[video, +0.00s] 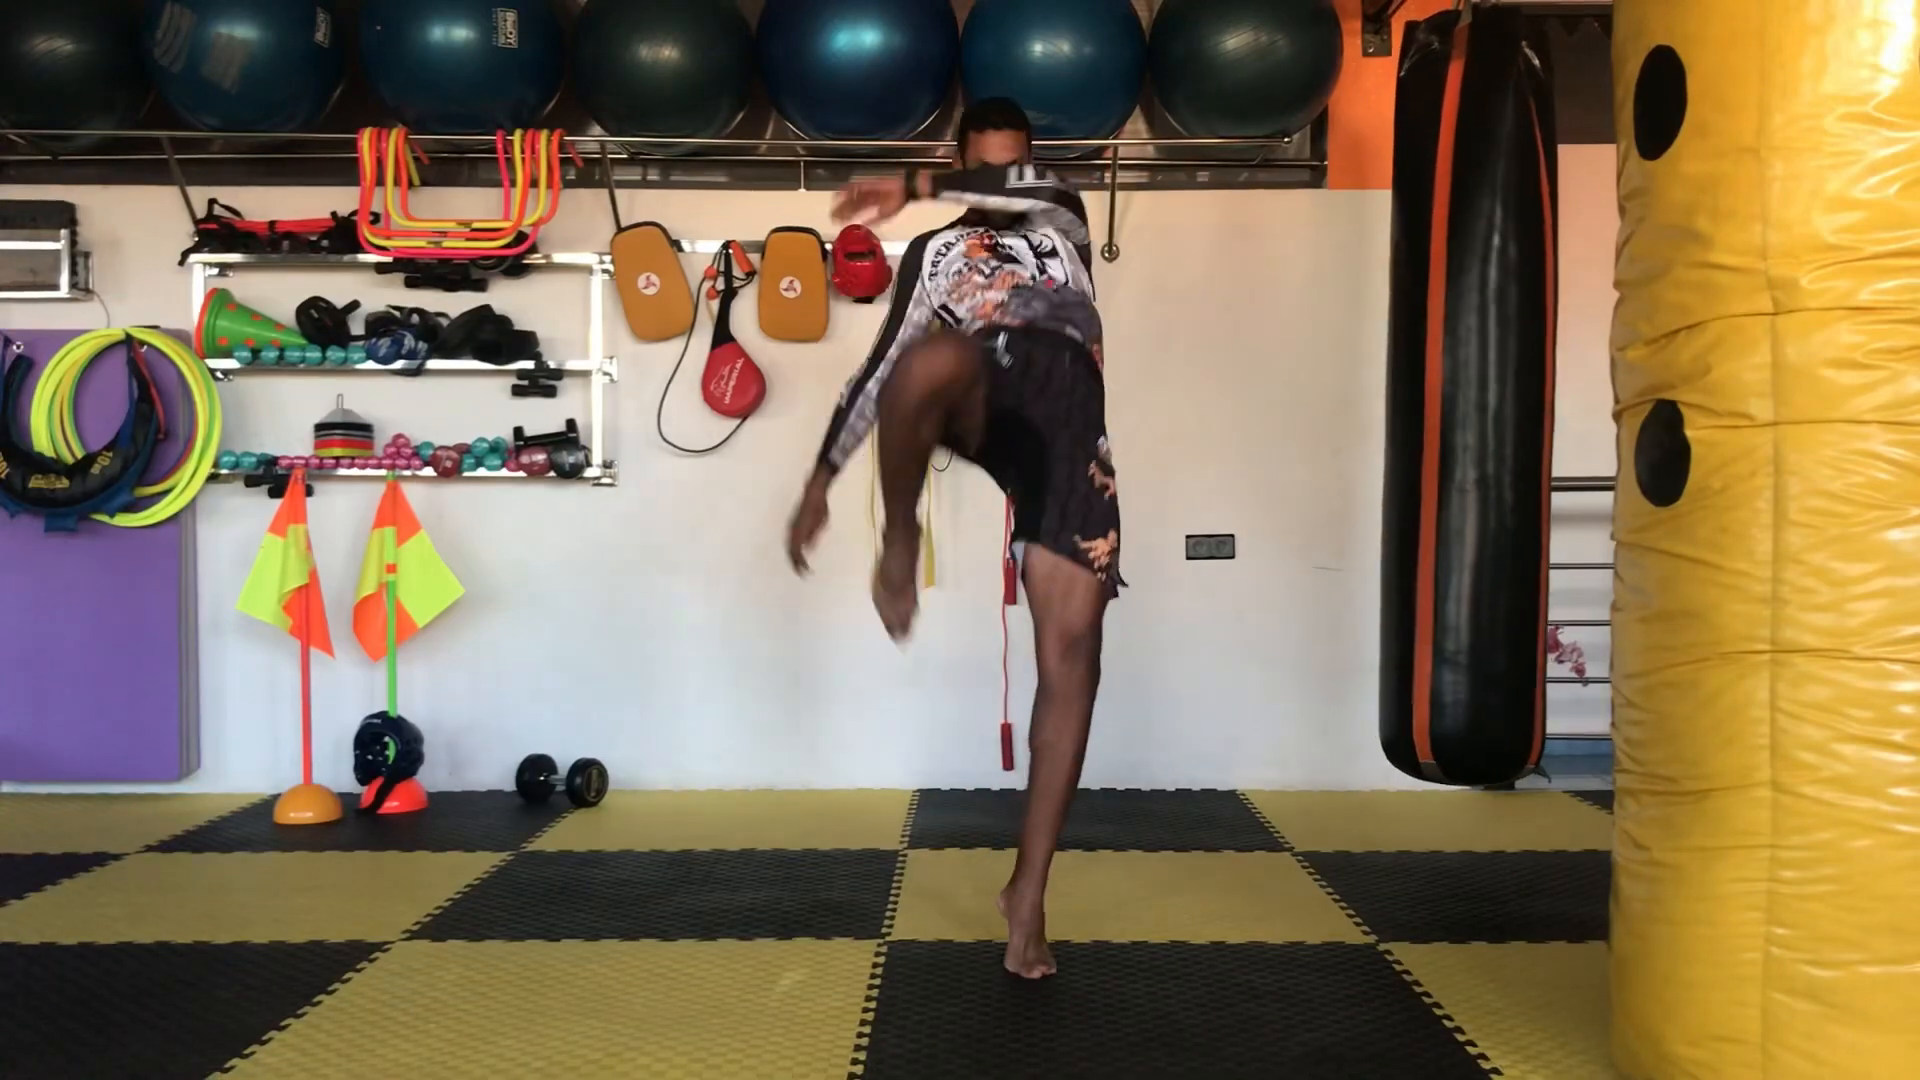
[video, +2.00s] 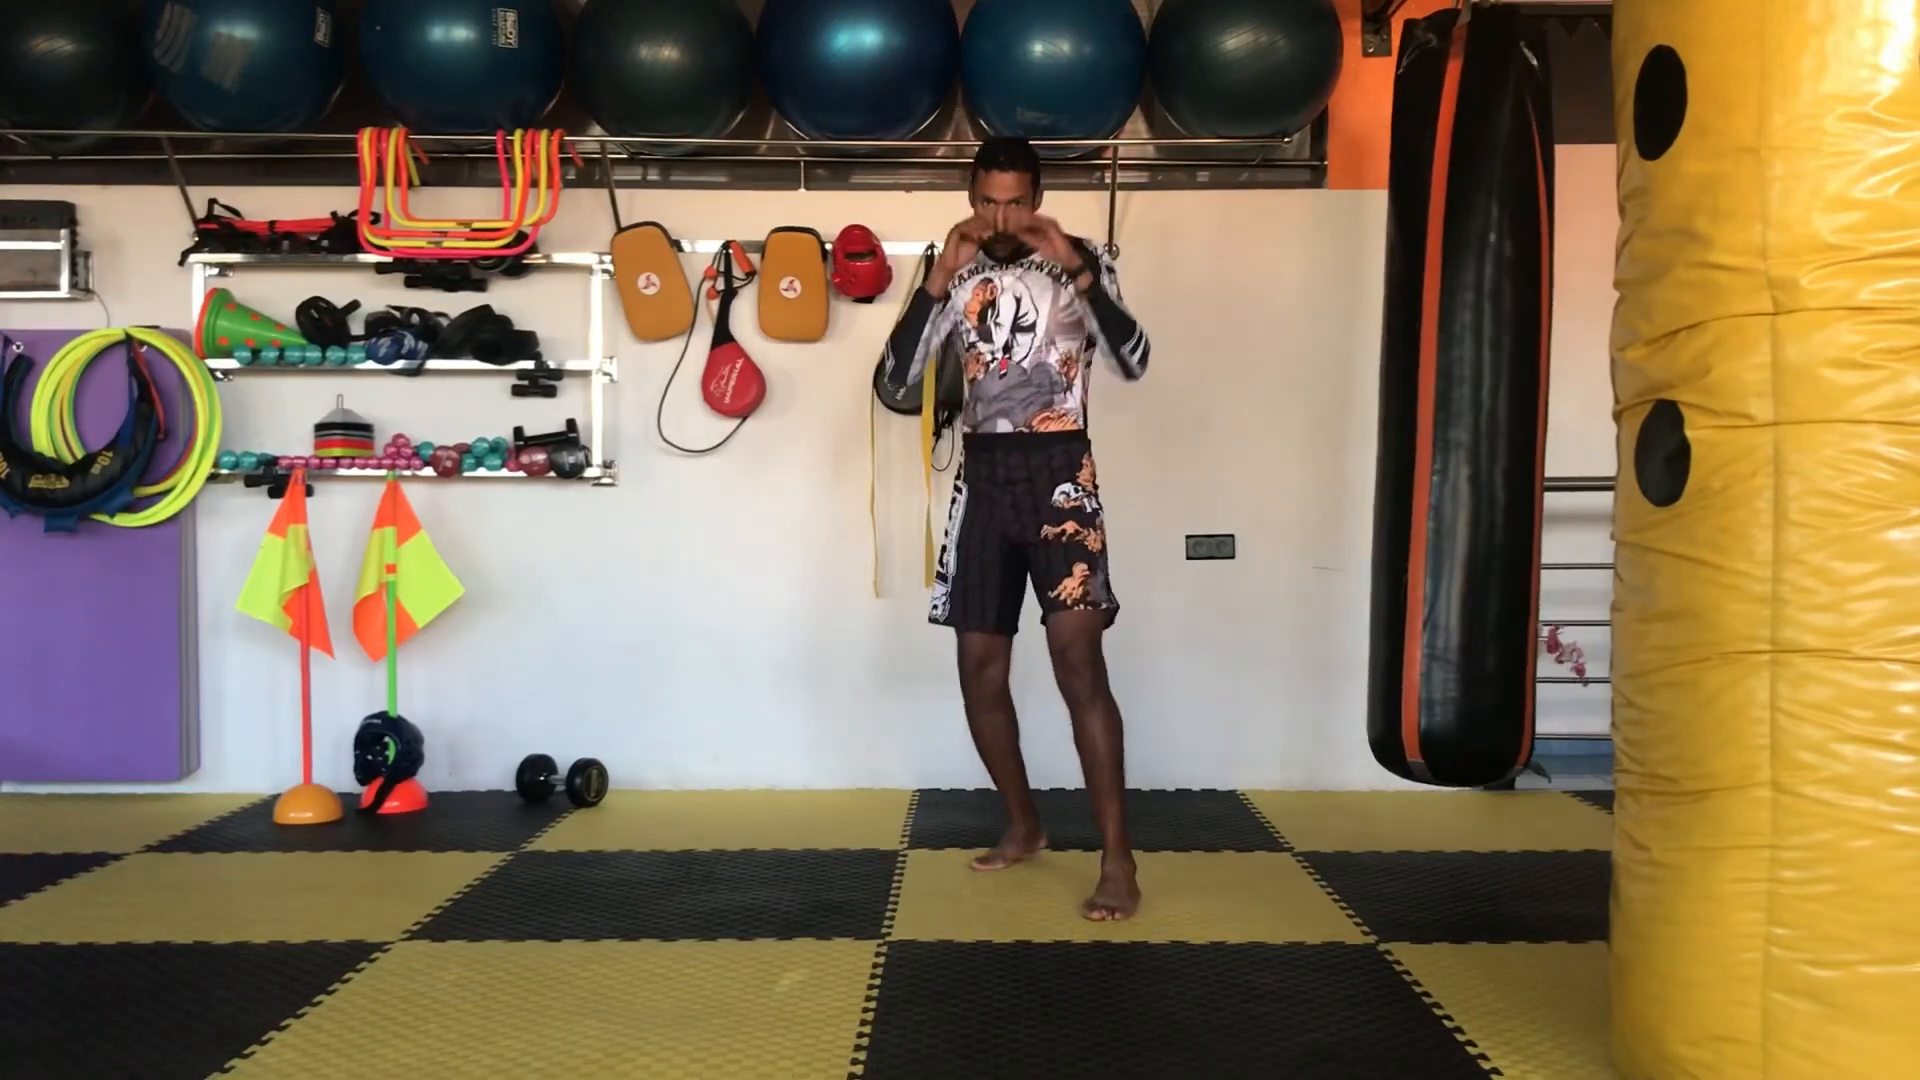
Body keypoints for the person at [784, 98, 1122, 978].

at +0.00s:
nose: (1002, 176)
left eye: (1016, 164)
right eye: (987, 166)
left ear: (1035, 164)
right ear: (962, 170)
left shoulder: (1062, 221)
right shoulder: (935, 250)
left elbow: (1027, 181)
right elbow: (880, 366)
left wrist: (914, 182)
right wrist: (818, 477)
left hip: (1064, 405)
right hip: (970, 391)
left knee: (1074, 657)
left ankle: (1029, 888)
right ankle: (900, 540)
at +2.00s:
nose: (1001, 216)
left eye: (1015, 204)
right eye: (987, 202)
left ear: (1038, 201)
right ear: (971, 201)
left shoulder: (1077, 265)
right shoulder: (952, 277)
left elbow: (1131, 360)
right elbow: (896, 387)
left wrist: (1076, 271)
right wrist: (935, 283)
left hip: (1060, 479)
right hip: (983, 482)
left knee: (1079, 666)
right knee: (981, 671)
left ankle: (1117, 860)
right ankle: (1022, 824)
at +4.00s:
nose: (963, 127)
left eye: (982, 114)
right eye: (953, 110)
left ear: (1011, 129)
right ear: (936, 121)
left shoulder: (1042, 226)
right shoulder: (920, 234)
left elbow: (1080, 374)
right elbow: (916, 346)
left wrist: (994, 314)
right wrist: (880, 383)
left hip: (1006, 462)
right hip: (927, 466)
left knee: (1028, 678)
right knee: (937, 685)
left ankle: (1085, 839)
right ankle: (959, 909)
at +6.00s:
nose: (997, 172)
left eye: (1009, 157)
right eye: (980, 157)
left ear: (1032, 165)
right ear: (957, 169)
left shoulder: (1077, 233)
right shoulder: (936, 252)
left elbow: (1126, 177)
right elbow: (865, 339)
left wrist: (1023, 119)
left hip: (1081, 454)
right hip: (982, 445)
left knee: (1077, 695)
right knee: (913, 594)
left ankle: (1027, 945)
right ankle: (924, 719)